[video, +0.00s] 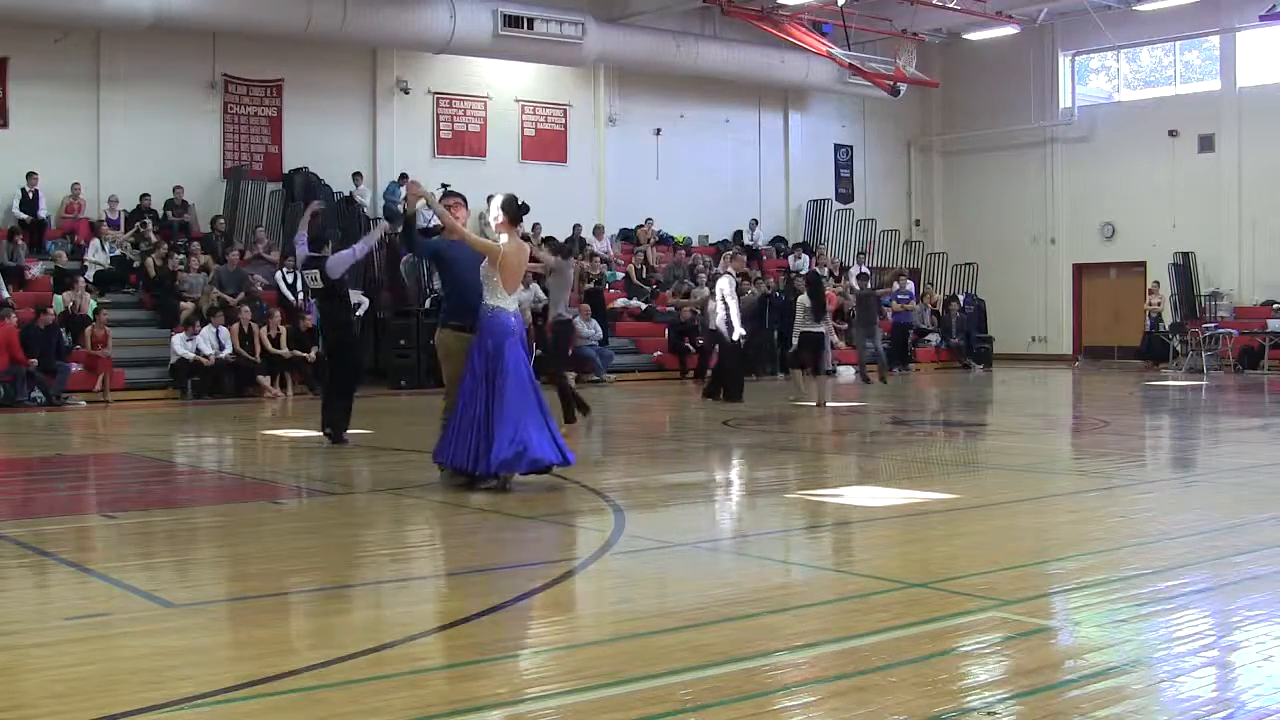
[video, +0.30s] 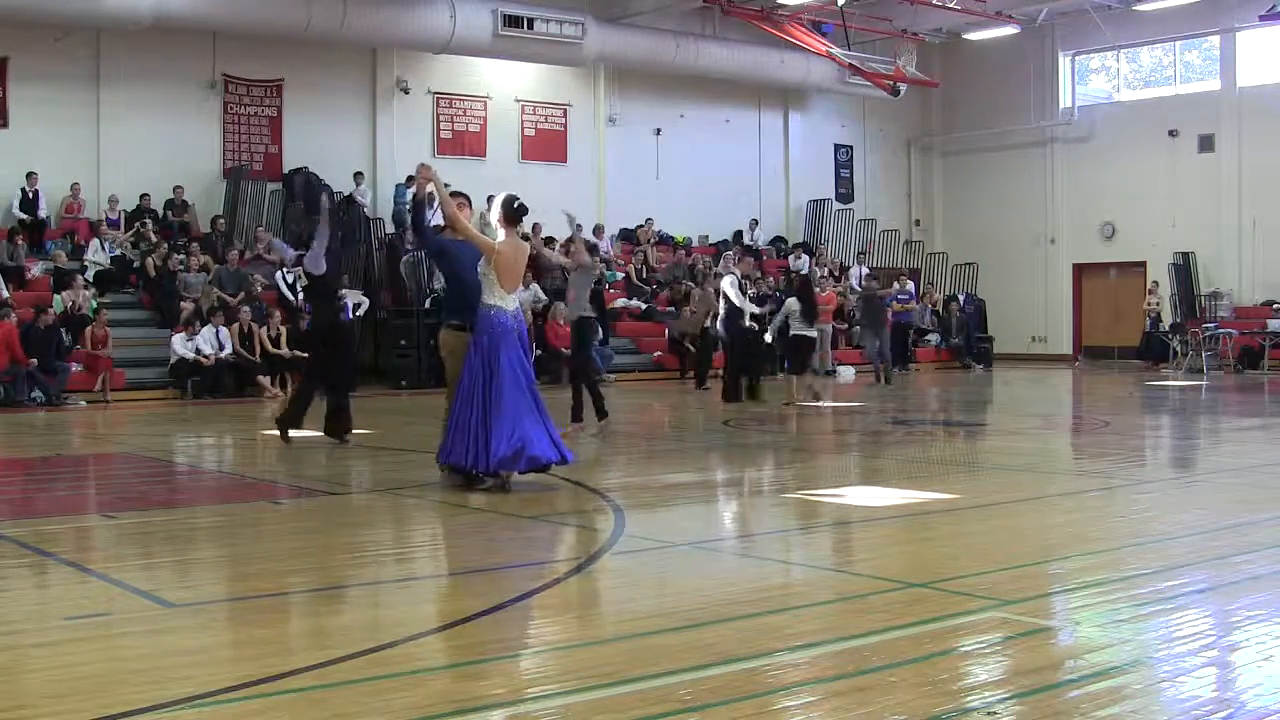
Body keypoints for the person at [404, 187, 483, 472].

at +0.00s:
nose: (452, 211)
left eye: (456, 206)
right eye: (447, 208)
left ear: (468, 212)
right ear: (440, 215)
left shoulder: (483, 245)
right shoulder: (439, 245)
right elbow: (411, 243)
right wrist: (411, 206)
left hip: (484, 331)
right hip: (454, 331)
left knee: (484, 396)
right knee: (456, 397)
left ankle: (483, 459)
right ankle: (451, 458)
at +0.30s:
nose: (458, 210)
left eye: (462, 205)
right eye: (453, 206)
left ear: (470, 211)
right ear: (445, 213)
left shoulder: (483, 244)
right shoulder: (442, 242)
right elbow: (420, 230)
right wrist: (421, 190)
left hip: (485, 329)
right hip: (457, 329)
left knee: (485, 394)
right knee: (458, 396)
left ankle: (483, 457)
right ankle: (454, 457)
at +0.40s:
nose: (458, 212)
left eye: (461, 207)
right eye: (455, 207)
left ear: (469, 213)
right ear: (450, 215)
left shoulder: (485, 245)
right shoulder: (445, 245)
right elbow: (422, 231)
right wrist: (423, 193)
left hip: (477, 328)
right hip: (460, 328)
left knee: (467, 394)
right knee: (461, 394)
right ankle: (454, 455)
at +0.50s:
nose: (459, 209)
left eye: (465, 205)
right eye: (454, 205)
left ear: (474, 212)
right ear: (447, 214)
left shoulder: (487, 245)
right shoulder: (446, 245)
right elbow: (420, 229)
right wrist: (424, 194)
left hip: (489, 329)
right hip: (459, 328)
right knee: (460, 399)